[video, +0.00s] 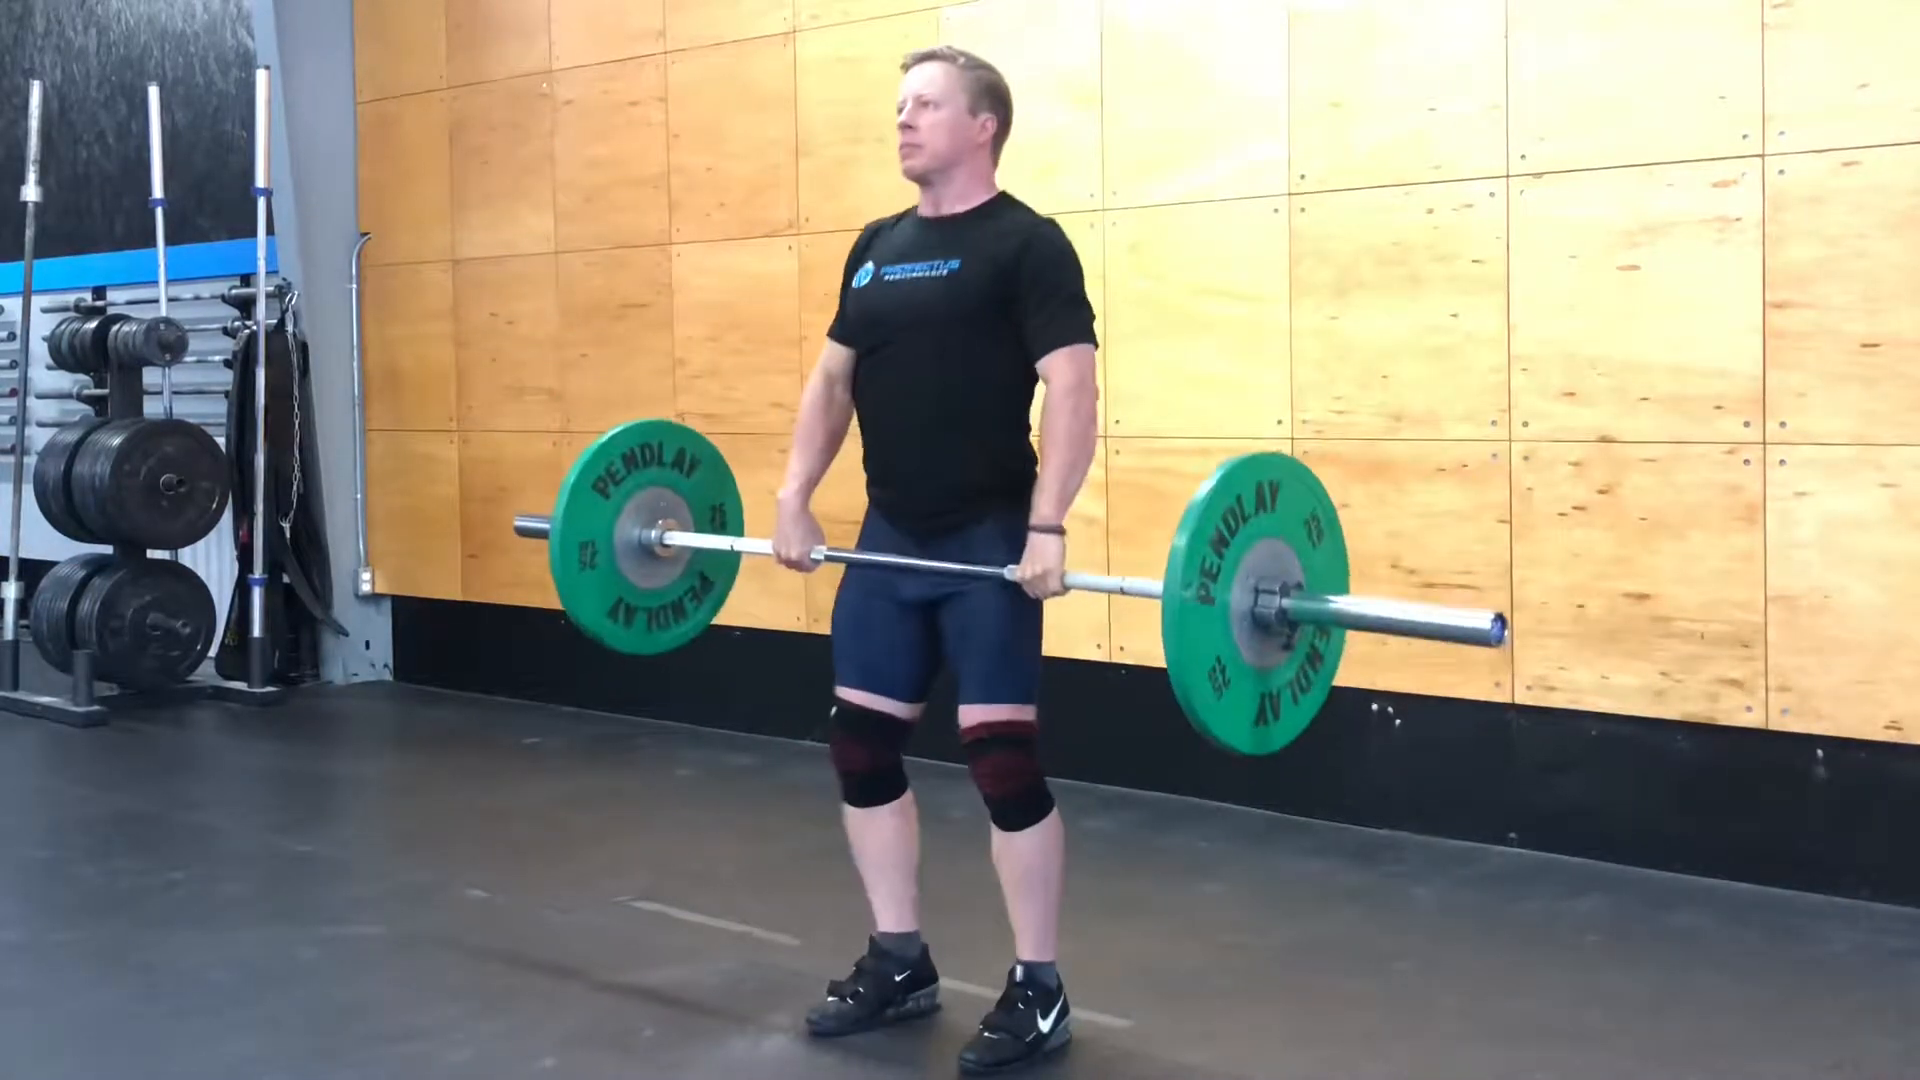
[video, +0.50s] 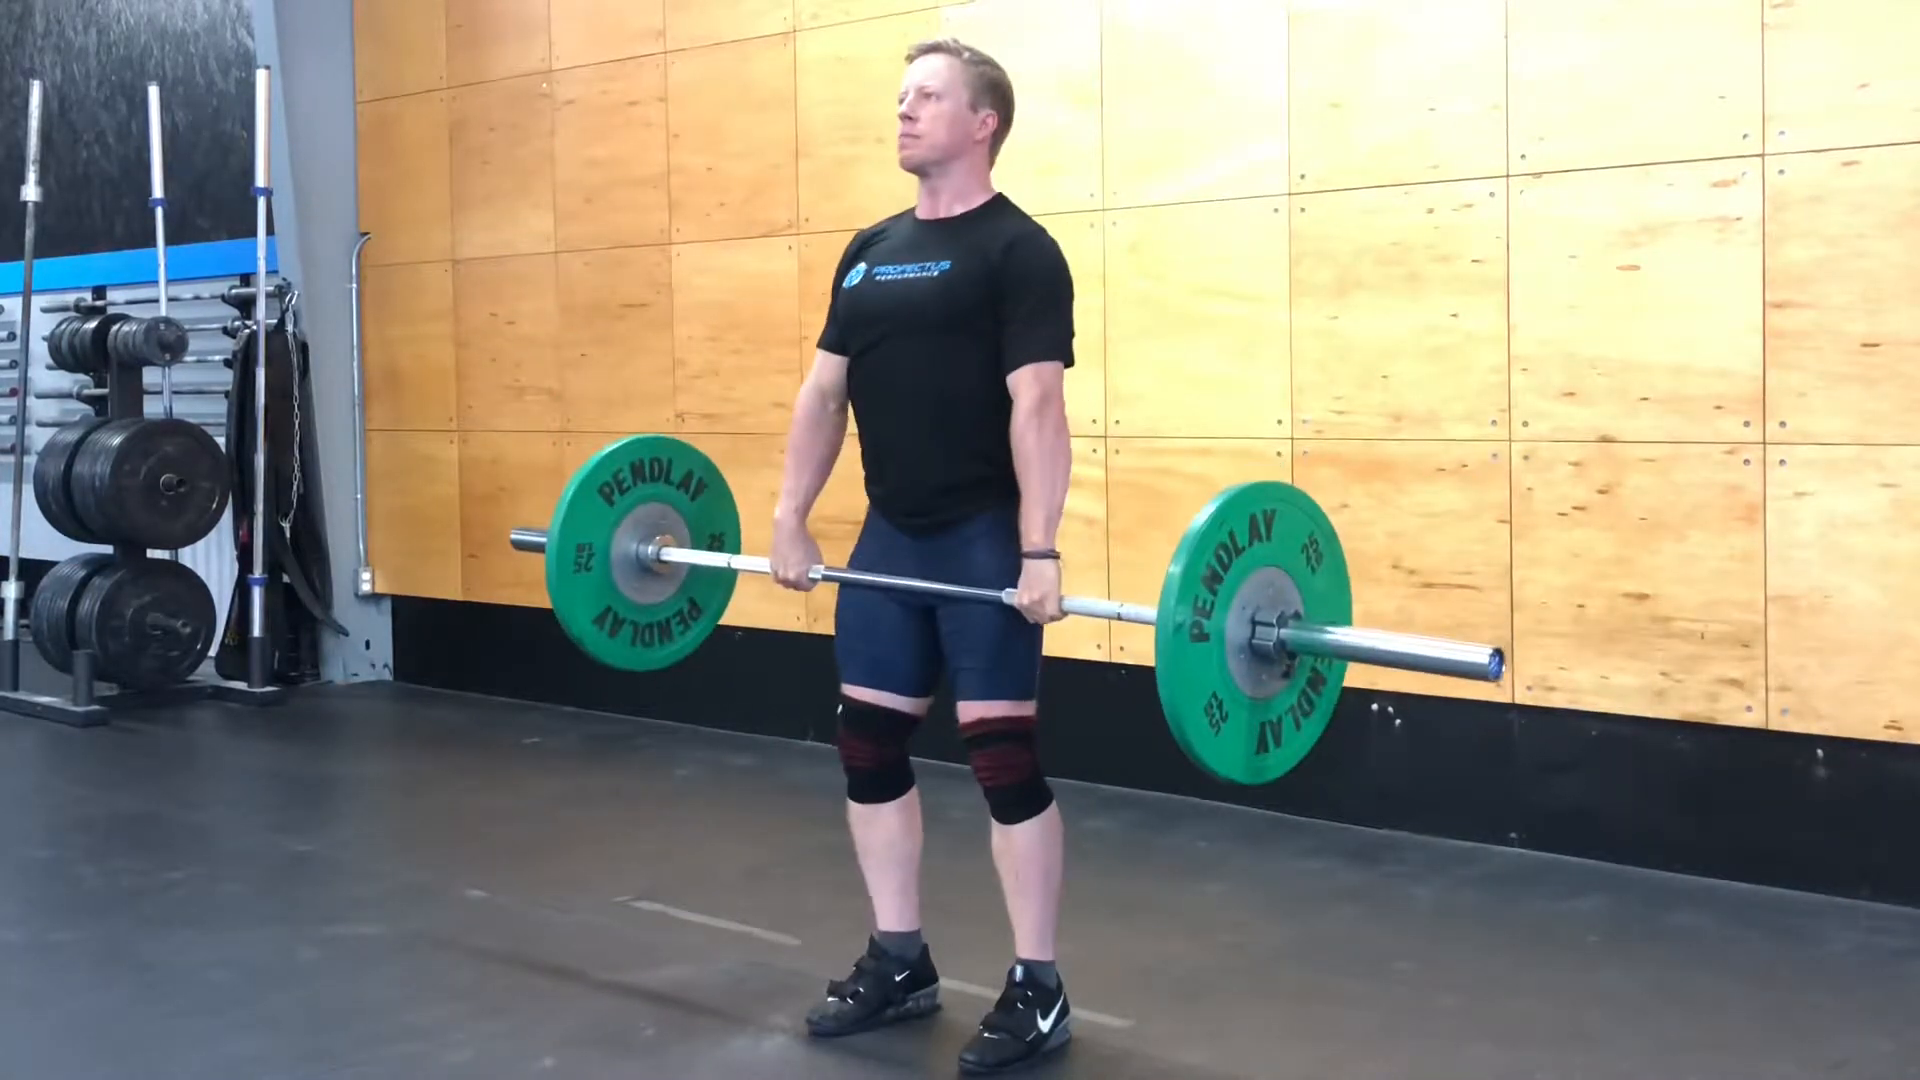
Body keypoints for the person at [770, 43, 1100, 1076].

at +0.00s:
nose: (901, 122)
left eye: (922, 109)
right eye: (901, 109)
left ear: (984, 127)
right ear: (908, 130)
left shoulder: (1031, 246)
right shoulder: (877, 246)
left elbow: (1073, 390)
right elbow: (833, 379)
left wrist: (1046, 523)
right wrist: (794, 495)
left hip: (992, 539)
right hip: (888, 533)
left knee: (1003, 764)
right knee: (862, 746)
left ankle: (1037, 989)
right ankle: (898, 962)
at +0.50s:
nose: (903, 115)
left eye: (924, 101)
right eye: (902, 101)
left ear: (983, 124)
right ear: (912, 124)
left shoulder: (1022, 250)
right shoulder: (869, 253)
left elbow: (1041, 408)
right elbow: (825, 392)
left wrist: (1040, 552)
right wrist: (791, 514)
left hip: (990, 535)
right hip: (889, 530)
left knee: (1004, 761)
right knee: (868, 743)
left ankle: (1036, 990)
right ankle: (899, 962)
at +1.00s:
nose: (896, 257)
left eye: (917, 244)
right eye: (895, 243)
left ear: (978, 265)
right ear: (898, 265)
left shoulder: (1019, 393)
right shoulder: (871, 399)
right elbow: (772, 504)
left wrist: (1008, 399)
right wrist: (764, 383)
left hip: (1050, 629)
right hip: (948, 633)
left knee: (1026, 788)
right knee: (810, 766)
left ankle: (1065, 994)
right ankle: (901, 957)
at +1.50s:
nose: (910, 443)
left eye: (930, 428)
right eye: (907, 428)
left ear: (988, 446)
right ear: (904, 440)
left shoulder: (1022, 563)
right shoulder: (874, 553)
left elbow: (946, 636)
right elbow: (735, 592)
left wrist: (987, 520)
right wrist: (789, 498)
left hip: (1060, 773)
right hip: (949, 774)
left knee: (1052, 815)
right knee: (795, 788)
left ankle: (1068, 995)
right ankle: (900, 957)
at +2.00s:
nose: (926, 117)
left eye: (948, 103)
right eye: (925, 103)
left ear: (1006, 124)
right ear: (931, 122)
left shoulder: (1043, 246)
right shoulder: (889, 241)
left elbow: (1042, 384)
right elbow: (820, 367)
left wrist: (1027, 252)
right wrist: (784, 252)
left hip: (1016, 523)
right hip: (915, 524)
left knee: (1020, 751)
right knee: (897, 741)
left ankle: (1062, 986)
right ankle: (914, 956)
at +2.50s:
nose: (921, 119)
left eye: (940, 103)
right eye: (916, 104)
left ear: (1001, 111)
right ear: (918, 116)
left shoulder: (1039, 231)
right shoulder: (896, 234)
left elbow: (1100, 364)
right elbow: (864, 363)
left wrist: (1057, 496)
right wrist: (806, 472)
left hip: (990, 533)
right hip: (888, 523)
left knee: (999, 747)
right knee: (870, 732)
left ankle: (1045, 977)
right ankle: (906, 945)